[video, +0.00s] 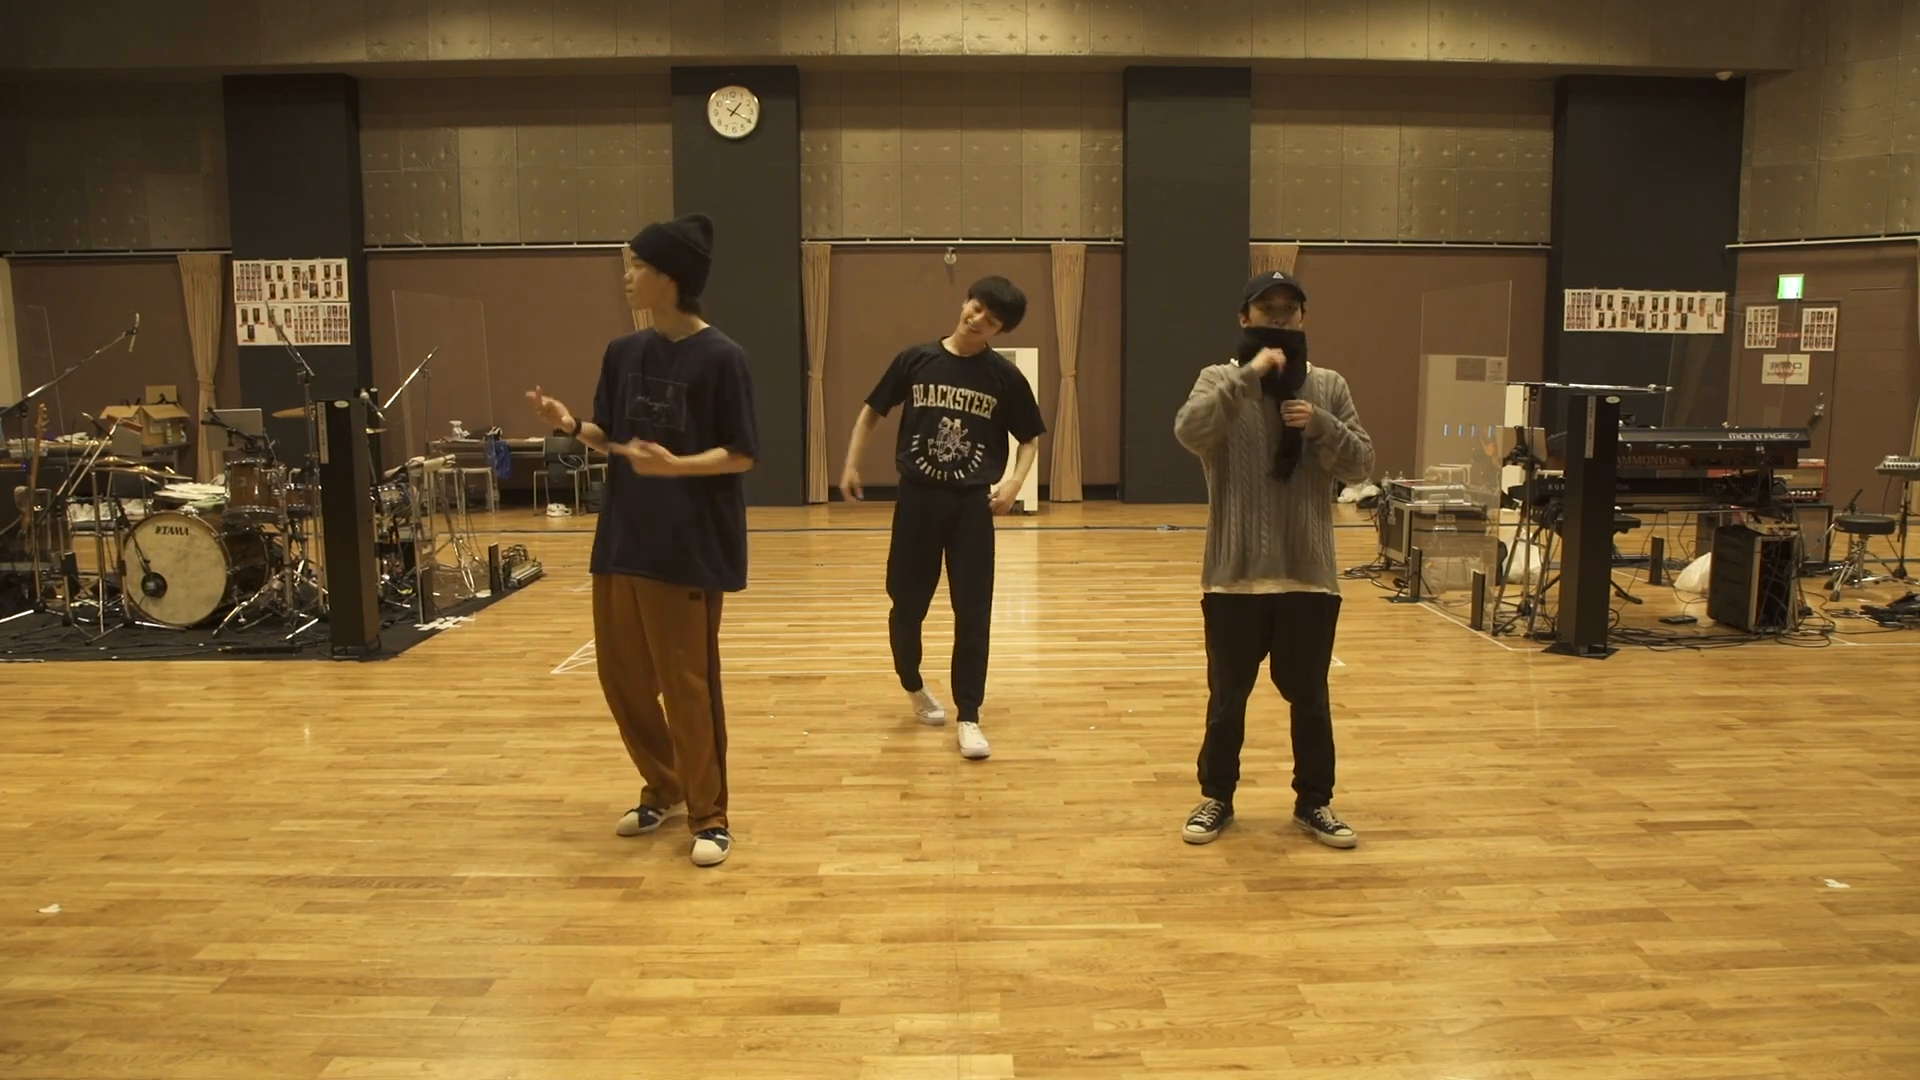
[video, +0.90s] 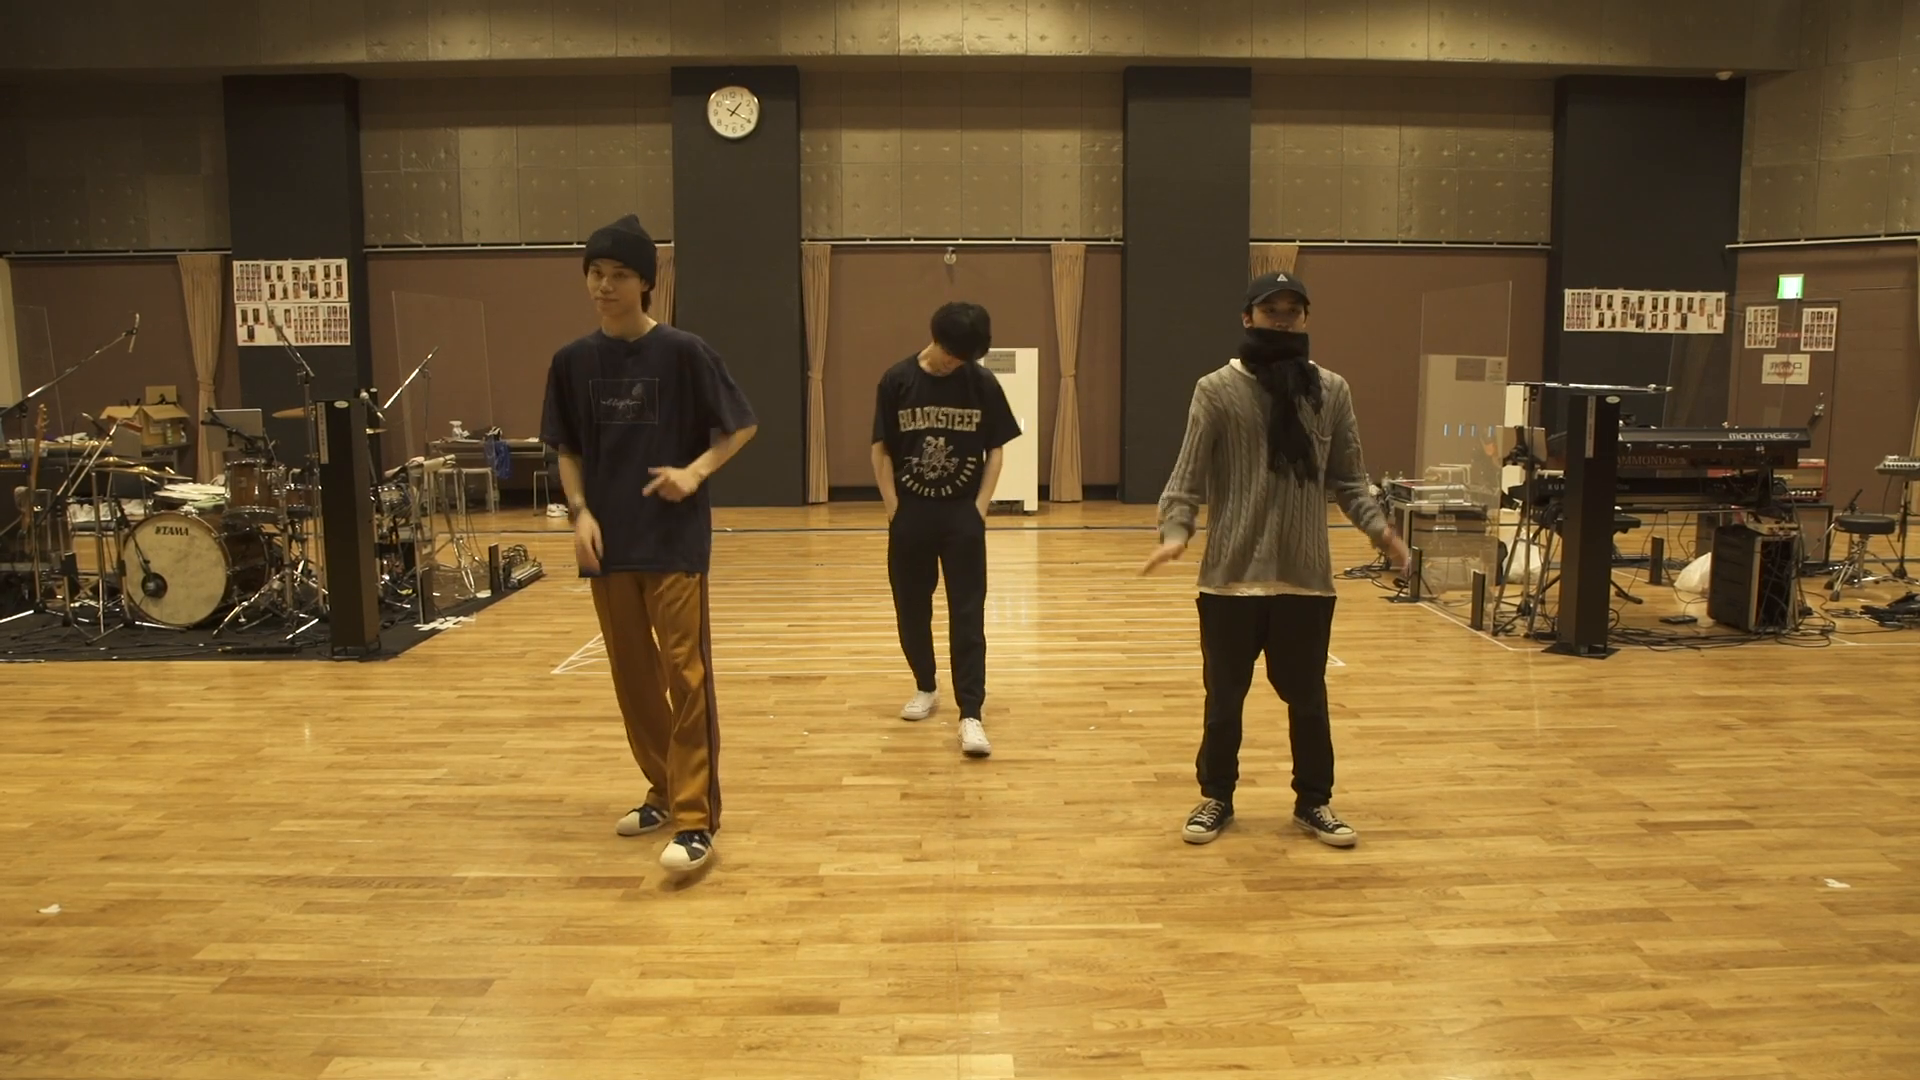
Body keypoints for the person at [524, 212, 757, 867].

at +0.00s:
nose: (625, 281)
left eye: (635, 271)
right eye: (625, 270)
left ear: (672, 279)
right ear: (652, 279)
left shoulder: (722, 359)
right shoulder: (622, 353)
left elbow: (742, 454)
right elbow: (611, 441)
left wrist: (676, 464)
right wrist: (571, 425)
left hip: (686, 553)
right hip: (621, 549)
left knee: (687, 685)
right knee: (623, 677)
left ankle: (710, 817)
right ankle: (661, 790)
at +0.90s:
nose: (602, 287)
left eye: (617, 276)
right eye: (595, 275)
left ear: (647, 282)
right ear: (586, 281)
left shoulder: (687, 354)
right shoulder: (572, 363)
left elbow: (740, 426)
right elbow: (566, 448)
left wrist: (695, 472)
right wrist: (580, 511)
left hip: (675, 544)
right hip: (609, 548)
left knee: (684, 675)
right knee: (633, 675)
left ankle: (694, 818)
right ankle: (665, 793)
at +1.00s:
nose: (613, 292)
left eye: (627, 282)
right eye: (604, 281)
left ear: (653, 289)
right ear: (593, 288)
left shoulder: (690, 360)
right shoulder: (577, 369)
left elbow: (737, 437)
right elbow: (575, 462)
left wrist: (695, 481)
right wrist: (577, 543)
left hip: (682, 554)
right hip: (612, 555)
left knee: (692, 685)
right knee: (631, 683)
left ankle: (695, 824)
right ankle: (663, 791)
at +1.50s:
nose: (657, 286)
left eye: (670, 275)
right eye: (647, 275)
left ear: (693, 284)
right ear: (634, 284)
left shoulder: (727, 360)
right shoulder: (609, 360)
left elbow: (749, 454)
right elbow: (592, 449)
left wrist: (752, 535)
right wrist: (589, 522)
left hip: (707, 545)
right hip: (630, 546)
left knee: (726, 677)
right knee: (645, 678)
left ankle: (751, 798)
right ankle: (671, 791)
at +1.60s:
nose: (667, 285)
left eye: (680, 275)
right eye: (658, 274)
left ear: (704, 283)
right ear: (645, 283)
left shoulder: (737, 362)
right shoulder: (617, 360)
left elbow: (755, 458)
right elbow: (600, 449)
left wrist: (756, 539)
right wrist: (603, 520)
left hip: (717, 546)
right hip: (641, 547)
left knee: (733, 679)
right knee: (651, 679)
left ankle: (751, 799)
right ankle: (670, 792)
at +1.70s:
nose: (680, 287)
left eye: (693, 276)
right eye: (670, 275)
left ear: (717, 284)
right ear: (658, 283)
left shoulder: (748, 363)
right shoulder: (629, 358)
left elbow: (763, 461)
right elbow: (612, 450)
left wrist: (763, 541)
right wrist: (616, 522)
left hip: (728, 547)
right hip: (653, 548)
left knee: (738, 678)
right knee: (654, 678)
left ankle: (751, 798)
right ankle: (669, 791)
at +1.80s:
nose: (694, 289)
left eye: (706, 278)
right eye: (685, 279)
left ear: (731, 286)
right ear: (674, 286)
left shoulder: (764, 367)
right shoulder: (644, 359)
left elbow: (782, 461)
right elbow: (629, 449)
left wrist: (784, 539)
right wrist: (628, 526)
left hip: (741, 552)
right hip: (663, 552)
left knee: (746, 682)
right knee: (639, 672)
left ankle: (751, 797)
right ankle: (662, 782)